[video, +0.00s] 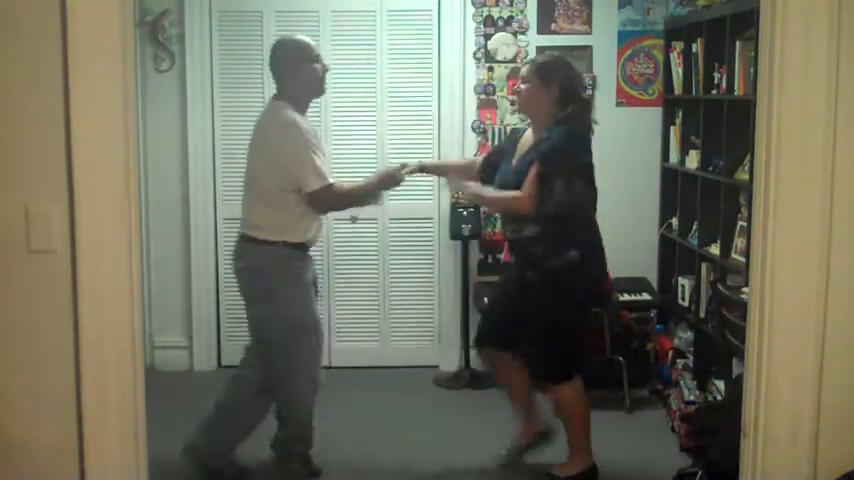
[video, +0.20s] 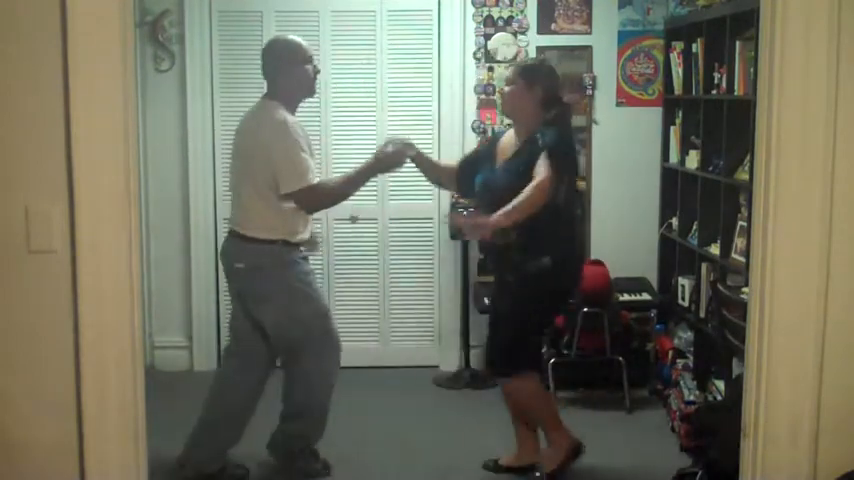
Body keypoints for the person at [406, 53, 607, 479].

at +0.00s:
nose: (517, 88)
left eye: (526, 82)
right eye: (520, 81)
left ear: (553, 91)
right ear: (540, 93)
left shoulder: (562, 140)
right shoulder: (524, 136)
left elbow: (528, 203)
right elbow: (482, 170)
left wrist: (477, 195)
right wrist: (427, 167)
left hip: (563, 267)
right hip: (528, 265)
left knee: (560, 365)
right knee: (495, 344)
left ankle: (581, 459)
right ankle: (533, 425)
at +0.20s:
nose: (503, 90)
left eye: (512, 85)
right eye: (506, 84)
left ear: (536, 93)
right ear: (525, 94)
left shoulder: (552, 137)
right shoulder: (499, 141)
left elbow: (544, 188)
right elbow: (456, 179)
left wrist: (495, 220)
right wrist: (416, 155)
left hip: (547, 262)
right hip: (513, 262)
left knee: (507, 356)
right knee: (511, 356)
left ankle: (561, 440)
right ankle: (526, 451)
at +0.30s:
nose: (490, 92)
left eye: (499, 87)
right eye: (493, 86)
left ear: (526, 96)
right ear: (511, 97)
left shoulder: (542, 139)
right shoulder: (484, 146)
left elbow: (555, 173)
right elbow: (441, 174)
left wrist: (546, 190)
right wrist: (400, 138)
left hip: (537, 266)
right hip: (500, 268)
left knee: (478, 356)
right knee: (509, 361)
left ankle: (513, 452)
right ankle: (528, 453)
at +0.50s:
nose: (472, 98)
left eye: (482, 91)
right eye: (475, 91)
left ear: (507, 100)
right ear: (491, 100)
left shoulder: (523, 142)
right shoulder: (469, 146)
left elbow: (535, 161)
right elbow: (429, 154)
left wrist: (508, 169)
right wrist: (397, 112)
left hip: (515, 269)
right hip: (480, 269)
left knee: (462, 367)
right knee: (490, 361)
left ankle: (450, 470)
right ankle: (524, 451)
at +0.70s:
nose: (522, 103)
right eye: (518, 97)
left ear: (474, 102)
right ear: (517, 101)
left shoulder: (459, 147)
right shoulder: (529, 143)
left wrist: (405, 194)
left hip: (470, 273)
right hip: (524, 272)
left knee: (446, 363)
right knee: (497, 356)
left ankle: (447, 468)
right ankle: (481, 451)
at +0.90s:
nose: (516, 94)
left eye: (514, 86)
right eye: (509, 86)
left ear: (472, 94)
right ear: (493, 92)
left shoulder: (465, 136)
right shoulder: (495, 135)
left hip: (455, 256)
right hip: (482, 260)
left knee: (484, 345)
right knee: (500, 354)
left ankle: (414, 394)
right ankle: (458, 438)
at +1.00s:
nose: (510, 92)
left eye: (514, 83)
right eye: (500, 83)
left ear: (519, 90)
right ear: (480, 89)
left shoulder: (519, 139)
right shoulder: (469, 126)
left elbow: (535, 185)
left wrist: (566, 205)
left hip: (506, 262)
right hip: (460, 258)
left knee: (522, 354)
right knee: (480, 357)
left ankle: (466, 389)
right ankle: (471, 441)